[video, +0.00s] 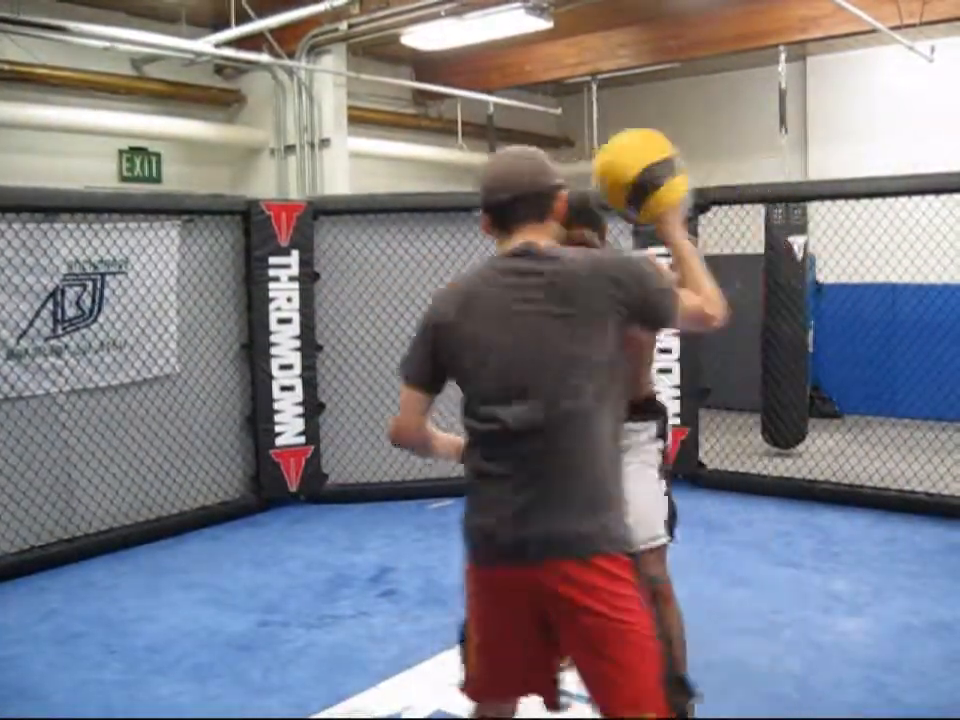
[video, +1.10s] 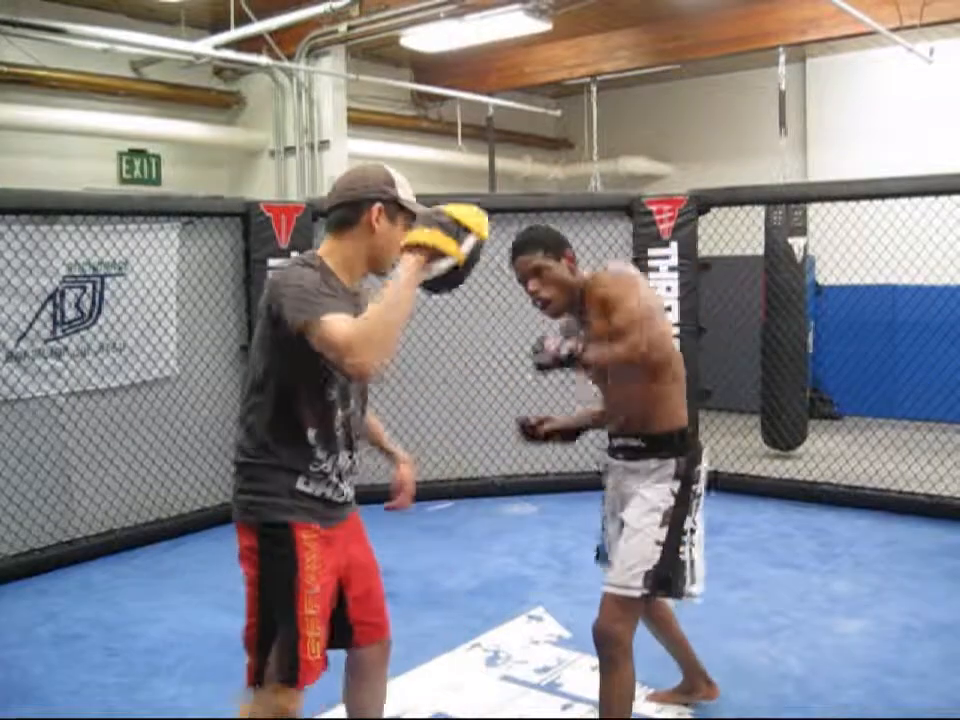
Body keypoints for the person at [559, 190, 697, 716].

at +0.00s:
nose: (565, 257)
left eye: (575, 244)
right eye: (560, 244)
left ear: (595, 243)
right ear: (549, 244)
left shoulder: (631, 286)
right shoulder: (537, 298)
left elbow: (639, 383)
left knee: (650, 571)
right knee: (549, 560)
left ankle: (674, 690)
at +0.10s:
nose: (587, 247)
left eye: (593, 237)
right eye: (580, 240)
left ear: (616, 234)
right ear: (575, 240)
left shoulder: (652, 259)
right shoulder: (581, 276)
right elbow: (575, 356)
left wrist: (636, 224)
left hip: (658, 428)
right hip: (604, 426)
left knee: (668, 584)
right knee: (579, 563)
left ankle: (692, 708)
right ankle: (591, 683)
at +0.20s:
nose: (614, 245)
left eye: (620, 233)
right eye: (605, 238)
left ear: (638, 231)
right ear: (593, 243)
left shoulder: (667, 269)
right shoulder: (597, 284)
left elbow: (711, 291)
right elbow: (571, 340)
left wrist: (648, 271)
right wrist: (573, 340)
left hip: (674, 430)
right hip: (624, 426)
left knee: (676, 582)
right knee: (599, 542)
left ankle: (694, 707)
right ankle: (603, 651)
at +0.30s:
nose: (585, 266)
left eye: (593, 255)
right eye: (578, 256)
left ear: (621, 239)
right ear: (576, 247)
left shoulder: (666, 264)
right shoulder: (602, 281)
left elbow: (723, 338)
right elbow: (616, 352)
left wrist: (646, 329)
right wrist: (577, 358)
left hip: (680, 431)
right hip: (632, 427)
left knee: (683, 583)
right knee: (618, 551)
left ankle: (695, 707)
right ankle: (648, 664)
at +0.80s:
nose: (583, 275)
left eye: (590, 263)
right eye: (576, 264)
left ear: (622, 251)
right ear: (574, 258)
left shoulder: (662, 281)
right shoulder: (607, 293)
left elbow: (679, 364)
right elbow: (604, 376)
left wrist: (604, 333)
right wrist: (576, 335)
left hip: (681, 448)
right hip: (643, 443)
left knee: (630, 596)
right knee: (641, 574)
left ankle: (639, 712)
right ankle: (701, 674)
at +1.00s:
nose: (544, 315)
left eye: (548, 301)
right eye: (536, 307)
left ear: (577, 282)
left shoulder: (609, 311)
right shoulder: (599, 310)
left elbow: (626, 416)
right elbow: (621, 400)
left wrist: (569, 396)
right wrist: (570, 389)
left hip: (676, 475)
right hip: (641, 469)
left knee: (607, 627)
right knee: (636, 588)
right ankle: (700, 680)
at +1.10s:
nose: (532, 291)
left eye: (537, 276)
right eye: (523, 282)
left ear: (569, 261)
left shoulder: (616, 283)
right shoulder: (579, 320)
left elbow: (649, 351)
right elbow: (626, 404)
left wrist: (575, 353)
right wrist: (569, 426)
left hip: (665, 465)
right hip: (623, 462)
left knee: (611, 634)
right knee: (638, 590)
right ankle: (697, 679)